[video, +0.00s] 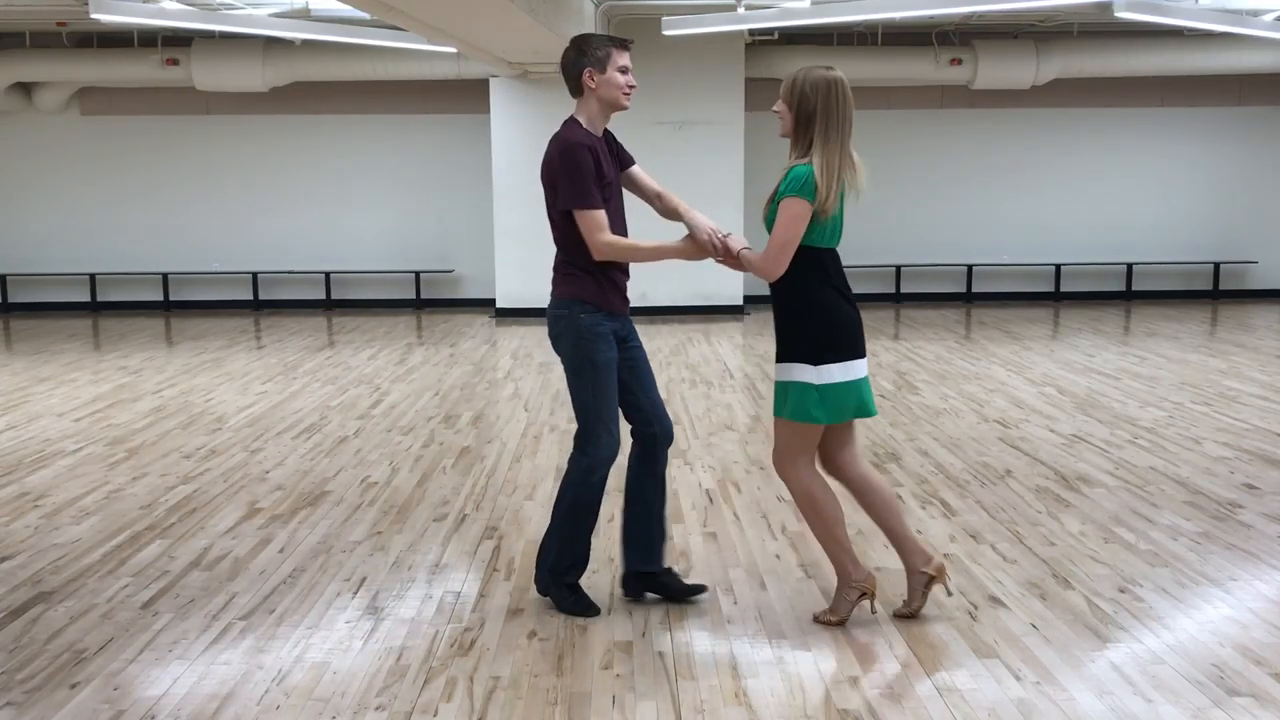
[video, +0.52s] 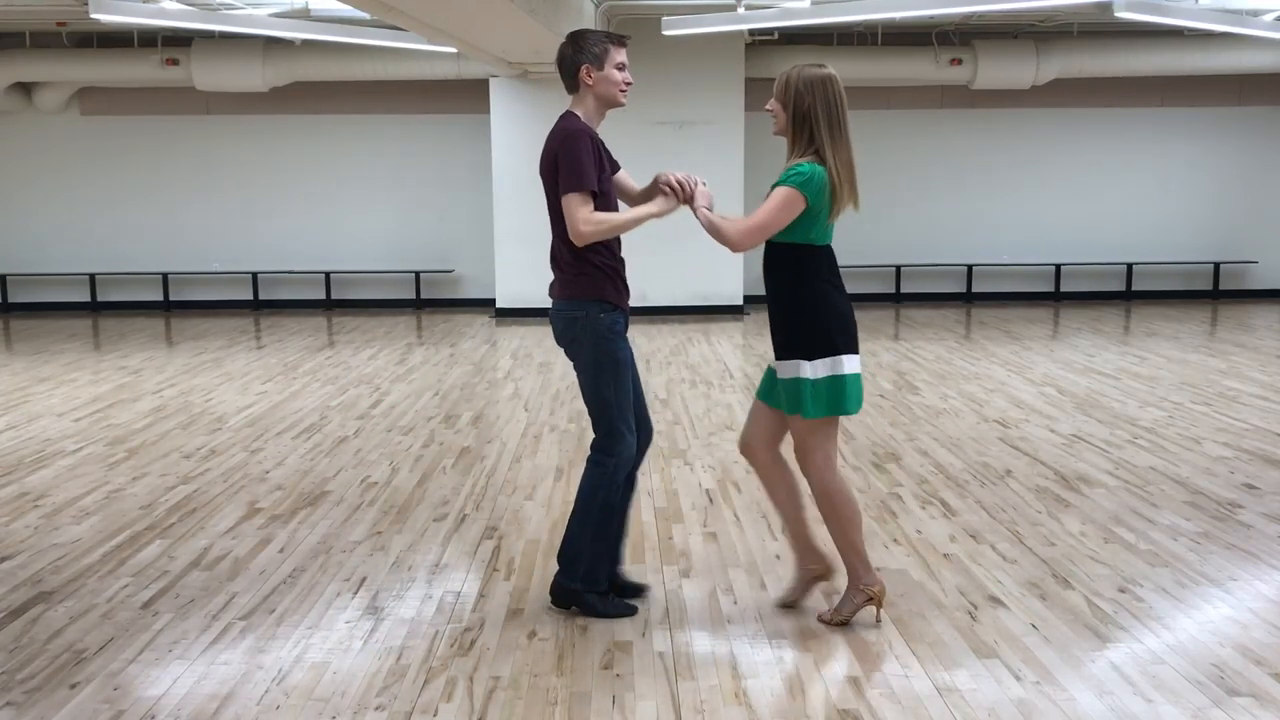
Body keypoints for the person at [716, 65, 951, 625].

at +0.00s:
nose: (775, 108)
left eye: (783, 101)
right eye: (779, 100)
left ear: (805, 112)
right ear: (818, 111)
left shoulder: (805, 175)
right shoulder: (825, 170)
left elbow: (771, 268)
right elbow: (790, 262)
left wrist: (733, 250)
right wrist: (739, 259)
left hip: (810, 338)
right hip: (837, 332)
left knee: (791, 461)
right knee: (842, 458)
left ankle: (851, 576)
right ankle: (919, 560)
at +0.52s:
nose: (768, 107)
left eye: (777, 99)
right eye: (771, 98)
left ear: (801, 110)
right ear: (808, 109)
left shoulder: (810, 175)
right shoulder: (801, 172)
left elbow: (741, 237)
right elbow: (747, 233)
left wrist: (703, 210)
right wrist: (705, 212)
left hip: (820, 340)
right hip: (801, 339)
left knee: (817, 459)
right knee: (758, 445)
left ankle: (863, 579)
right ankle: (810, 559)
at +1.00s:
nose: (718, 111)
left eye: (726, 105)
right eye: (722, 103)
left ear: (747, 114)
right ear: (762, 117)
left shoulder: (746, 172)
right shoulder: (748, 172)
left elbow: (665, 175)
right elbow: (667, 184)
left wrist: (631, 129)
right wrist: (632, 136)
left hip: (732, 338)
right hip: (746, 335)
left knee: (669, 444)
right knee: (710, 454)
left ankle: (697, 567)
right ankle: (751, 563)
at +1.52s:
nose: (716, 115)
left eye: (723, 104)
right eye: (717, 106)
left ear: (744, 114)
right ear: (736, 118)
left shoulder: (747, 166)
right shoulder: (721, 166)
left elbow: (716, 95)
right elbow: (689, 109)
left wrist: (686, 23)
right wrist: (665, 45)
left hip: (721, 338)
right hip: (706, 333)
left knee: (663, 452)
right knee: (682, 449)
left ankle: (707, 565)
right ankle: (719, 551)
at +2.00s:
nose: (755, 112)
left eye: (765, 105)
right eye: (759, 104)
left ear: (788, 115)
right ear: (790, 117)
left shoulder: (794, 176)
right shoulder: (776, 178)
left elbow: (775, 224)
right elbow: (729, 234)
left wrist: (726, 239)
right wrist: (674, 258)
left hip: (784, 338)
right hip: (764, 336)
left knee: (769, 455)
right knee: (722, 439)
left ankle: (828, 569)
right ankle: (731, 558)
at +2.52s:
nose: (792, 112)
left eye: (801, 105)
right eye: (794, 104)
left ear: (825, 113)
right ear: (827, 114)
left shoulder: (838, 174)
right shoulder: (826, 172)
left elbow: (838, 265)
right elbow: (819, 261)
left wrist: (763, 276)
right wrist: (759, 271)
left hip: (830, 340)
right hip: (836, 336)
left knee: (778, 448)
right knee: (841, 447)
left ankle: (830, 562)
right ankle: (892, 553)